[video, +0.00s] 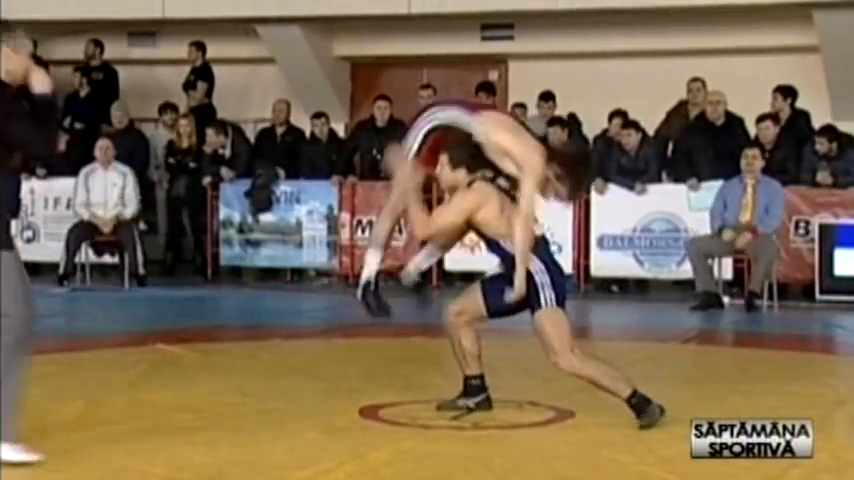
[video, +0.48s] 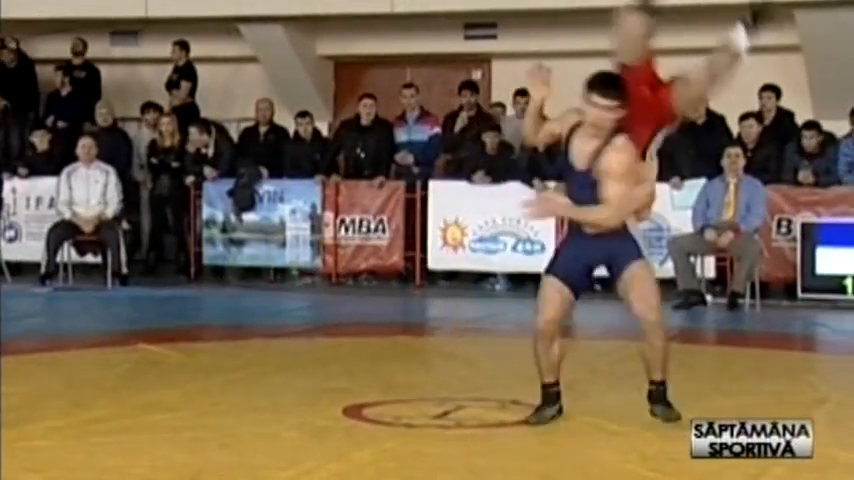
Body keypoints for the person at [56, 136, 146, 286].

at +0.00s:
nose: (104, 153)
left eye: (107, 149)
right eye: (100, 149)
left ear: (113, 152)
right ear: (95, 152)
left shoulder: (126, 172)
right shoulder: (85, 173)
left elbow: (133, 203)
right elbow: (79, 204)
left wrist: (118, 217)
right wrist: (93, 219)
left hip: (117, 216)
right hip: (94, 216)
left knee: (130, 233)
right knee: (74, 233)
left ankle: (138, 273)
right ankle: (65, 271)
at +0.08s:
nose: (102, 152)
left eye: (106, 148)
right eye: (98, 148)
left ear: (112, 151)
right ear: (93, 152)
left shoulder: (124, 172)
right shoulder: (84, 173)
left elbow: (131, 202)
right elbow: (77, 203)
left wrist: (117, 217)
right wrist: (91, 219)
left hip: (115, 215)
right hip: (92, 216)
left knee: (128, 233)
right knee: (72, 233)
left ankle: (135, 273)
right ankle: (64, 271)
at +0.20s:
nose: (99, 152)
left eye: (103, 148)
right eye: (96, 148)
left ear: (109, 151)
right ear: (90, 152)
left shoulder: (121, 172)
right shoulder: (81, 173)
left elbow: (127, 202)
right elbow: (75, 203)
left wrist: (113, 218)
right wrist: (88, 219)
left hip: (112, 216)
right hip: (89, 216)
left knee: (125, 234)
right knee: (69, 233)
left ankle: (131, 273)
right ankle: (61, 272)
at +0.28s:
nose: (98, 151)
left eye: (101, 148)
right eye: (94, 148)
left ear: (108, 151)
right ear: (88, 152)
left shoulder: (119, 172)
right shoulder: (79, 172)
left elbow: (125, 202)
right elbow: (73, 202)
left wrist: (111, 218)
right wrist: (86, 219)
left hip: (110, 216)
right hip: (87, 216)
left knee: (123, 234)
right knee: (67, 233)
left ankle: (130, 273)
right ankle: (59, 271)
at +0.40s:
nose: (93, 151)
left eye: (97, 147)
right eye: (89, 147)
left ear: (103, 150)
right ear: (83, 151)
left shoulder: (114, 172)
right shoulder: (74, 172)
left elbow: (120, 202)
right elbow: (68, 202)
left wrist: (107, 218)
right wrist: (81, 219)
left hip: (105, 215)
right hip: (82, 215)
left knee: (118, 234)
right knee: (61, 233)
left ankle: (125, 273)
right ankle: (54, 272)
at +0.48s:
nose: (86, 151)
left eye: (90, 147)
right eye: (82, 147)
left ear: (96, 150)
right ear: (77, 151)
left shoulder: (108, 172)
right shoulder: (67, 172)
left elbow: (115, 200)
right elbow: (62, 202)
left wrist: (102, 218)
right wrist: (74, 219)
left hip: (99, 215)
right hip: (76, 215)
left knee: (113, 233)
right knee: (55, 232)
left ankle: (118, 273)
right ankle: (48, 271)